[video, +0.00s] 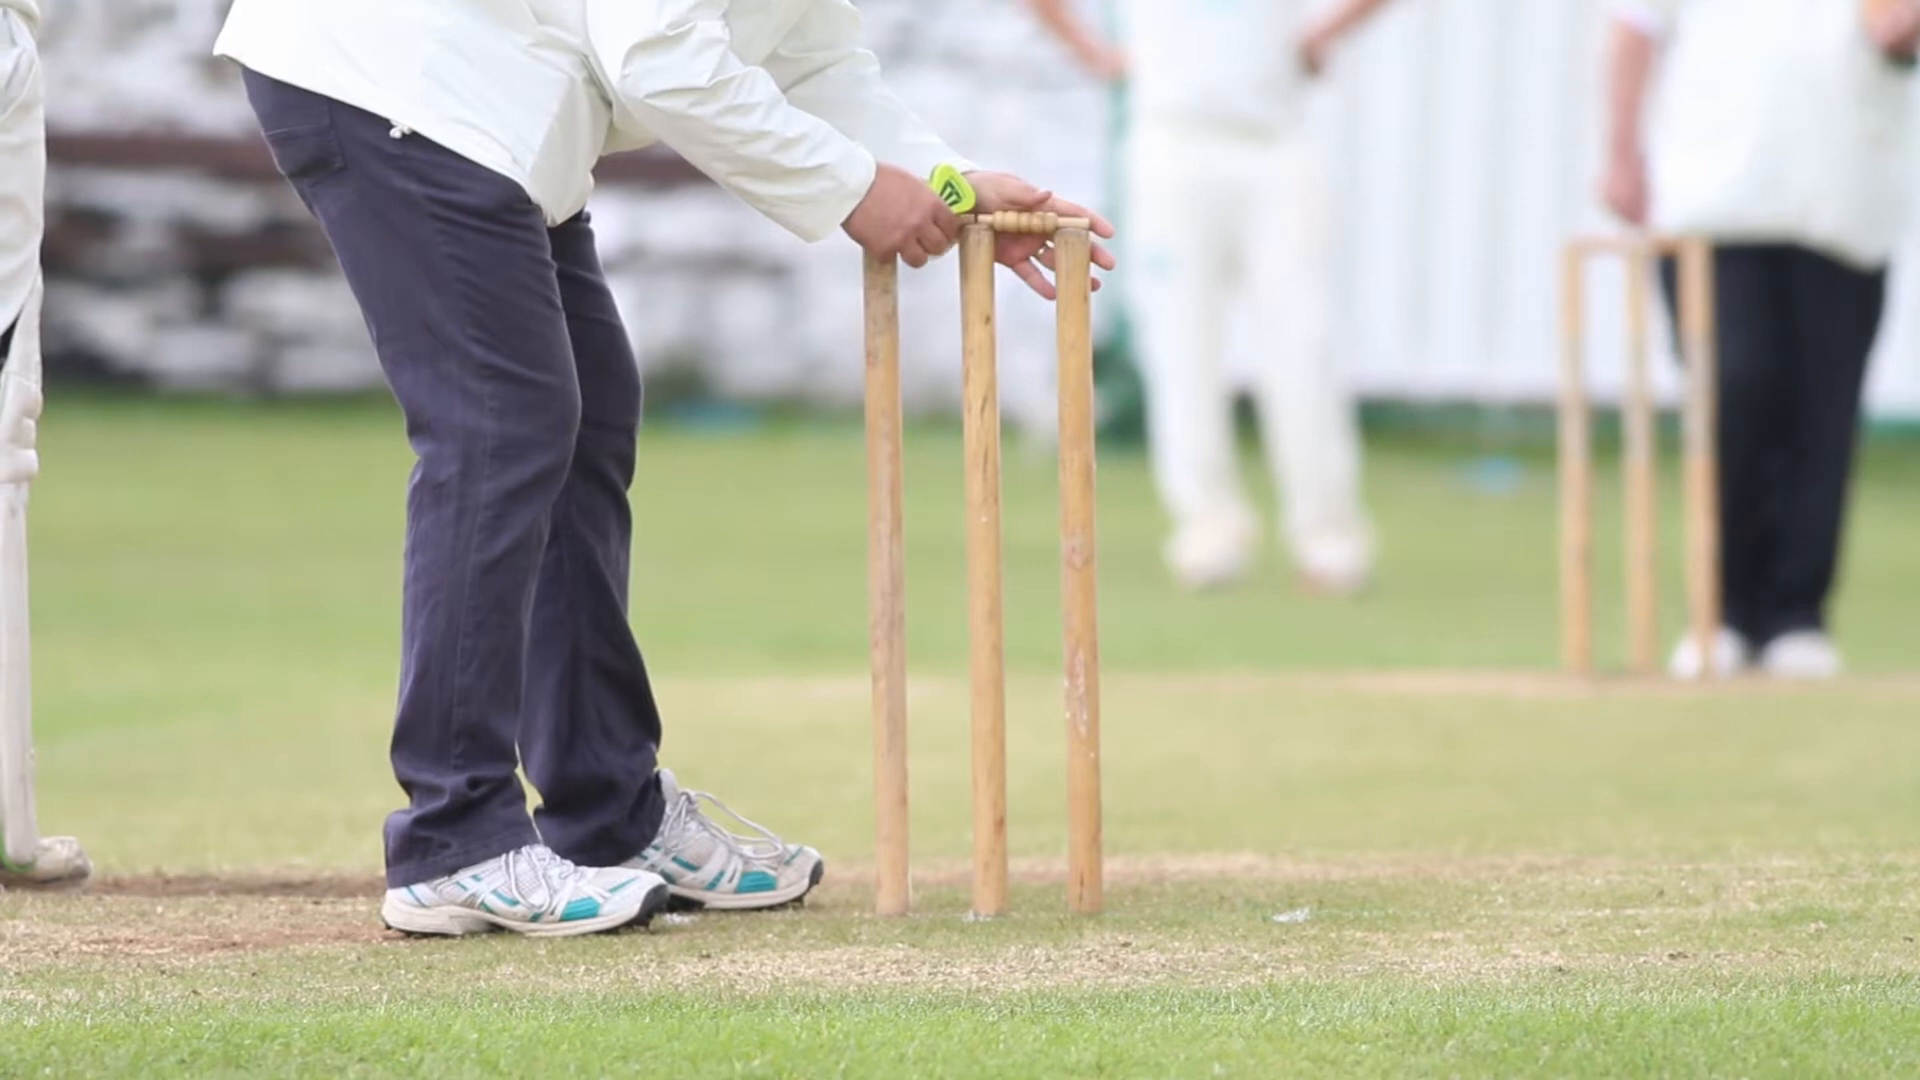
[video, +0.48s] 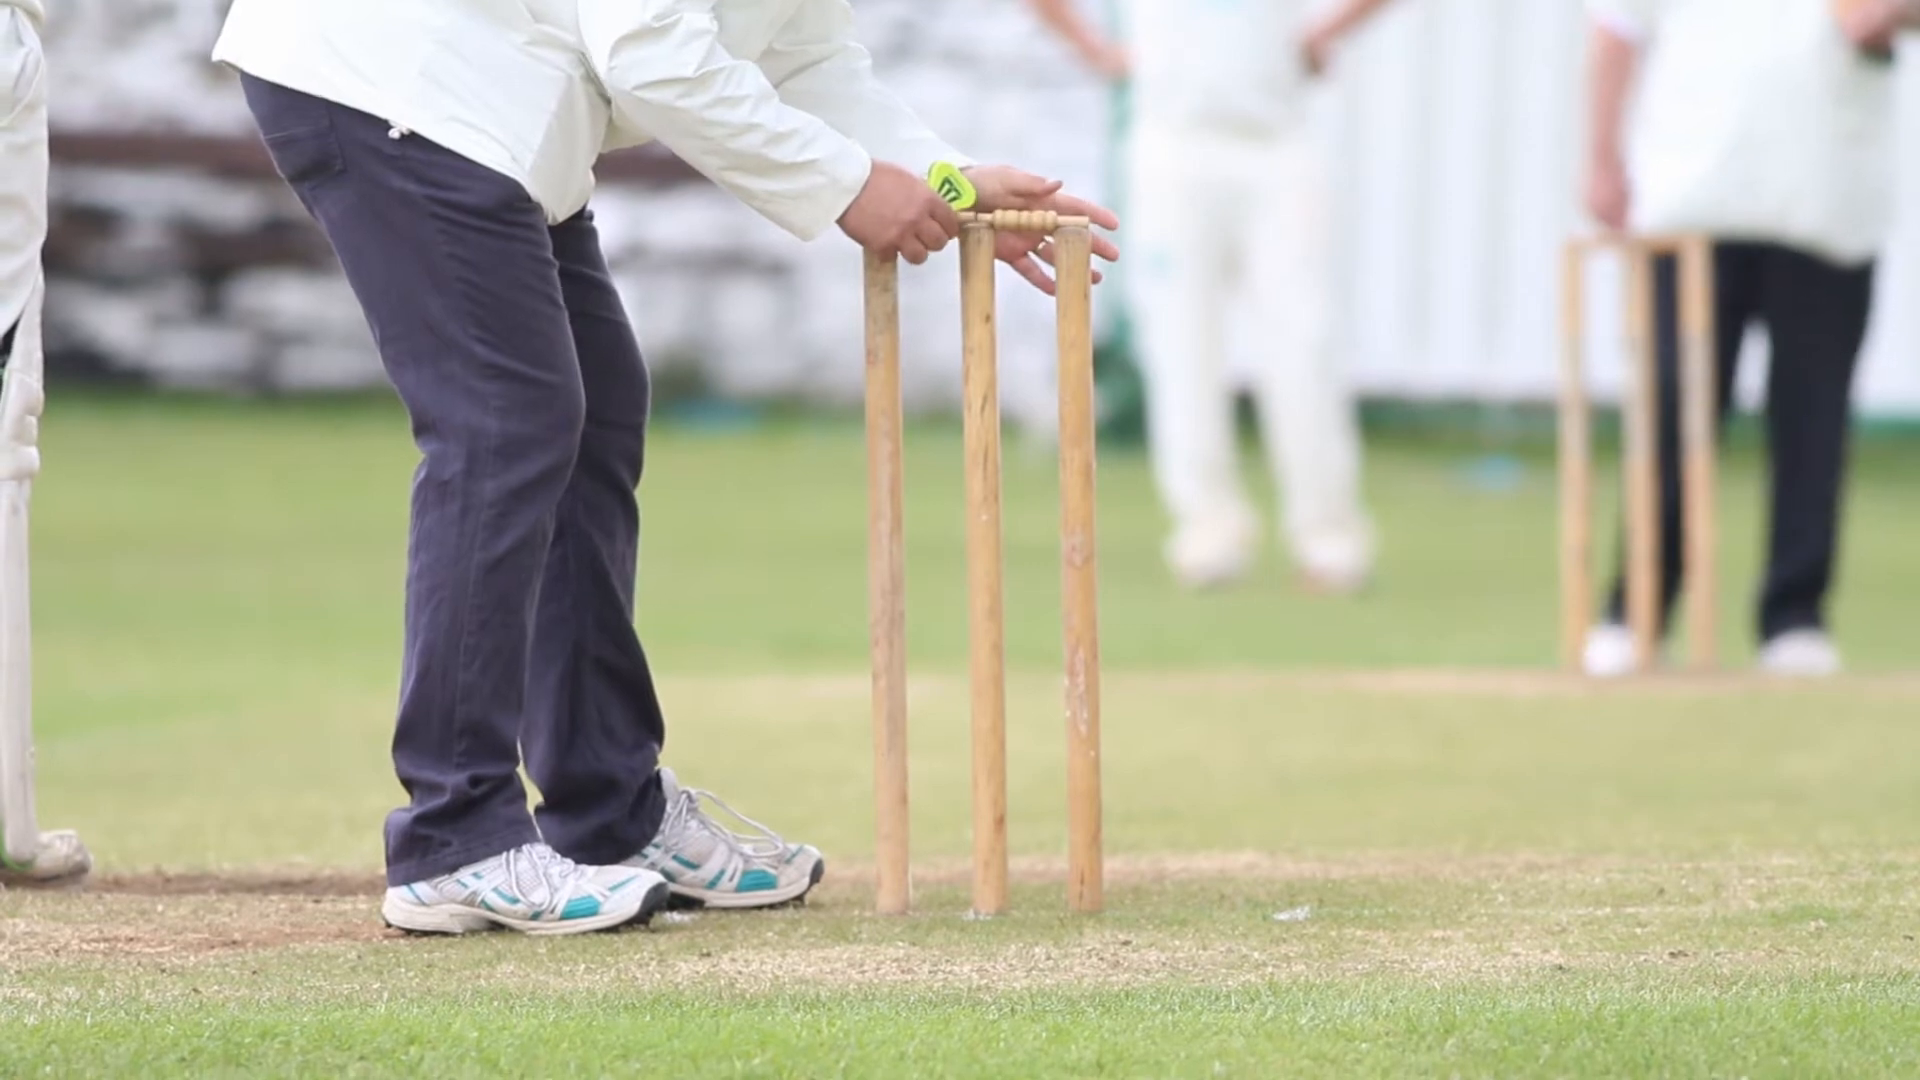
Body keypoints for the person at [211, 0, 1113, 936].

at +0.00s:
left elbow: (814, 61)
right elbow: (655, 54)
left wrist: (959, 189)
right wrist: (846, 186)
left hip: (490, 74)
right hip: (380, 53)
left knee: (590, 406)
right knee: (506, 418)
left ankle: (607, 816)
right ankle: (453, 847)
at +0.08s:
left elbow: (810, 58)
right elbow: (657, 53)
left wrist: (961, 191)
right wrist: (848, 186)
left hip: (490, 73)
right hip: (379, 52)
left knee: (592, 405)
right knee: (508, 416)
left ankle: (606, 815)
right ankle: (453, 848)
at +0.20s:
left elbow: (812, 63)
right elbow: (656, 52)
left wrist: (961, 186)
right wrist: (848, 185)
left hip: (490, 73)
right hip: (378, 51)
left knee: (592, 406)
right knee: (507, 417)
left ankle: (606, 816)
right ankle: (453, 848)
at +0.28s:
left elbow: (813, 62)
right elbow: (655, 52)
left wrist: (959, 186)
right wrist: (848, 184)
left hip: (488, 72)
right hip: (377, 51)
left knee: (591, 405)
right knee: (507, 416)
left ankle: (606, 815)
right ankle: (453, 847)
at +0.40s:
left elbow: (813, 65)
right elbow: (650, 51)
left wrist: (962, 190)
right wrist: (844, 185)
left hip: (487, 73)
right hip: (376, 51)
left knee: (594, 406)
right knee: (507, 416)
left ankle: (607, 815)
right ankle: (454, 846)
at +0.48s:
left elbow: (806, 74)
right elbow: (647, 50)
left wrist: (959, 192)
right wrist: (841, 184)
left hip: (487, 74)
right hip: (376, 51)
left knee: (598, 405)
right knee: (511, 416)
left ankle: (607, 815)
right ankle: (454, 846)